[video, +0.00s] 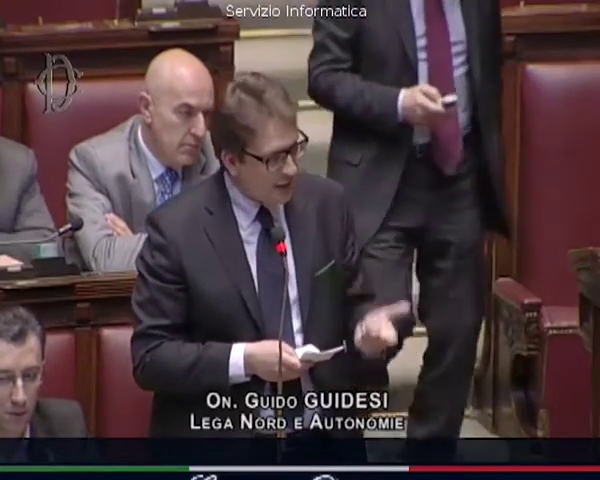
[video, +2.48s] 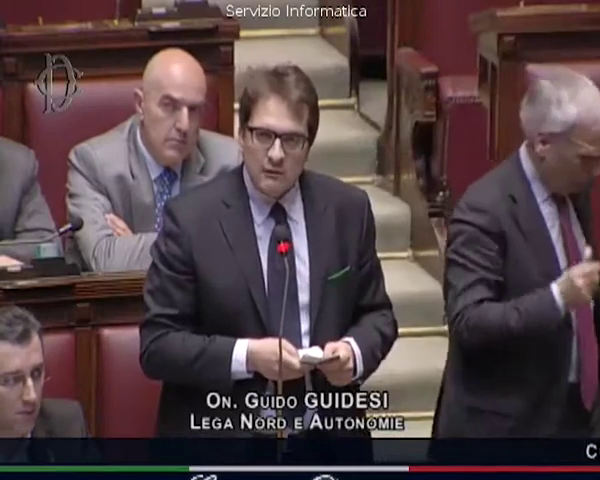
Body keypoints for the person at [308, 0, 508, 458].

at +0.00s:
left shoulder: (481, 5)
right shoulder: (351, 5)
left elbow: (488, 79)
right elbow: (323, 77)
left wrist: (490, 177)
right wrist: (397, 102)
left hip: (461, 173)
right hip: (380, 172)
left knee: (457, 333)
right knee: (381, 324)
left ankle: (429, 461)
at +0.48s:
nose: (469, 16)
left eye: (475, 9)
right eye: (462, 9)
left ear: (480, 3)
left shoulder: (487, 24)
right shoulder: (365, 29)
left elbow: (496, 132)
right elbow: (334, 142)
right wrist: (410, 165)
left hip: (471, 238)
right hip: (393, 241)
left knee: (477, 393)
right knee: (398, 406)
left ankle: (419, 474)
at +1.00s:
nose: (490, 46)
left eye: (499, 31)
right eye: (476, 32)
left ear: (508, 19)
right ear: (438, 13)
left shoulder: (507, 65)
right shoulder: (383, 67)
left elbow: (511, 178)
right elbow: (355, 171)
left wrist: (509, 285)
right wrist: (433, 177)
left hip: (485, 278)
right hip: (407, 281)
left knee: (491, 442)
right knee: (410, 443)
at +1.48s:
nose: (540, 86)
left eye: (548, 70)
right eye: (525, 73)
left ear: (556, 57)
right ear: (488, 60)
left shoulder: (554, 114)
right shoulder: (442, 119)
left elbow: (557, 226)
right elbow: (453, 216)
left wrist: (566, 321)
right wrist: (509, 137)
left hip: (540, 339)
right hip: (466, 344)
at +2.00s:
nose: (565, 154)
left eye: (569, 142)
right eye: (554, 144)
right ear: (509, 133)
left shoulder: (567, 191)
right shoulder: (458, 189)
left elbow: (575, 295)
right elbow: (485, 276)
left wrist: (585, 383)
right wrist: (533, 192)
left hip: (564, 401)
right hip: (490, 406)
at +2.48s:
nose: (595, 171)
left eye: (598, 159)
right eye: (587, 159)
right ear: (542, 145)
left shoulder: (575, 193)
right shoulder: (483, 208)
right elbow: (468, 324)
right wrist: (560, 297)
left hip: (577, 410)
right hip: (503, 418)